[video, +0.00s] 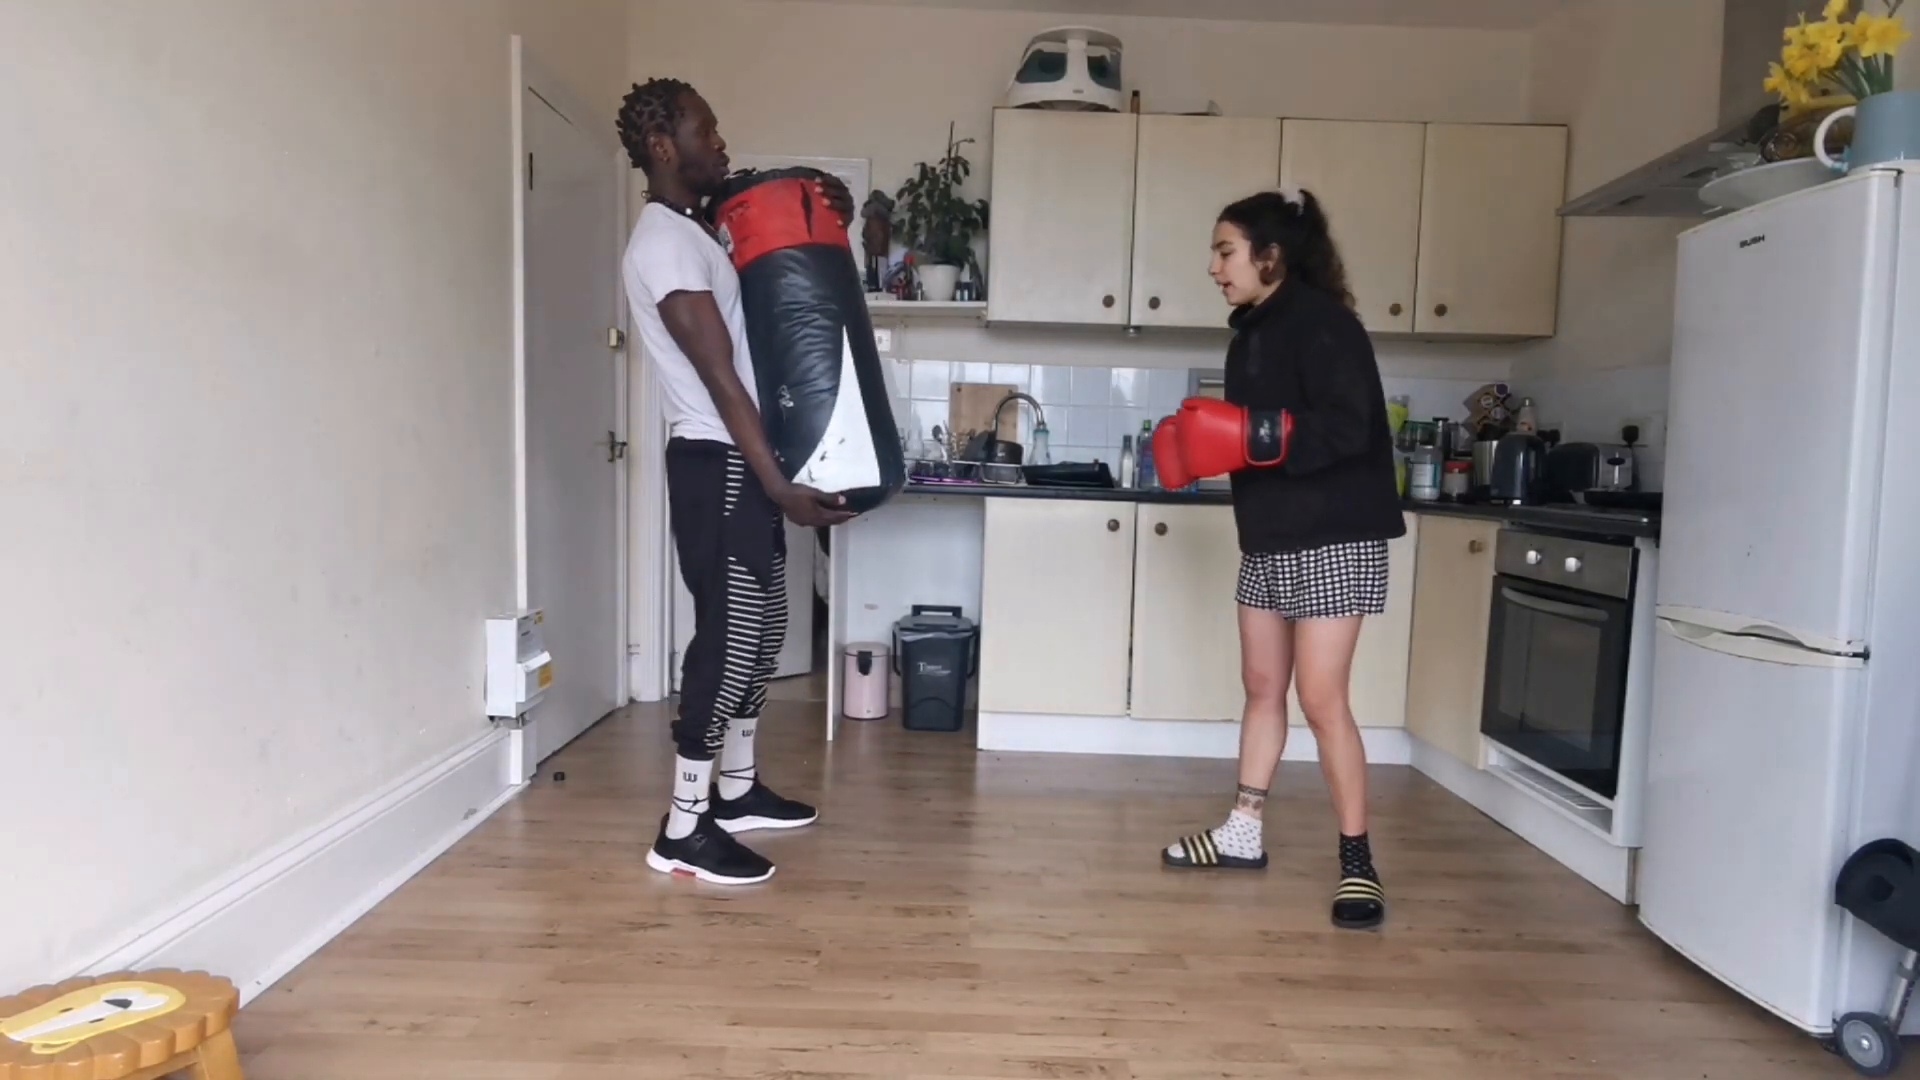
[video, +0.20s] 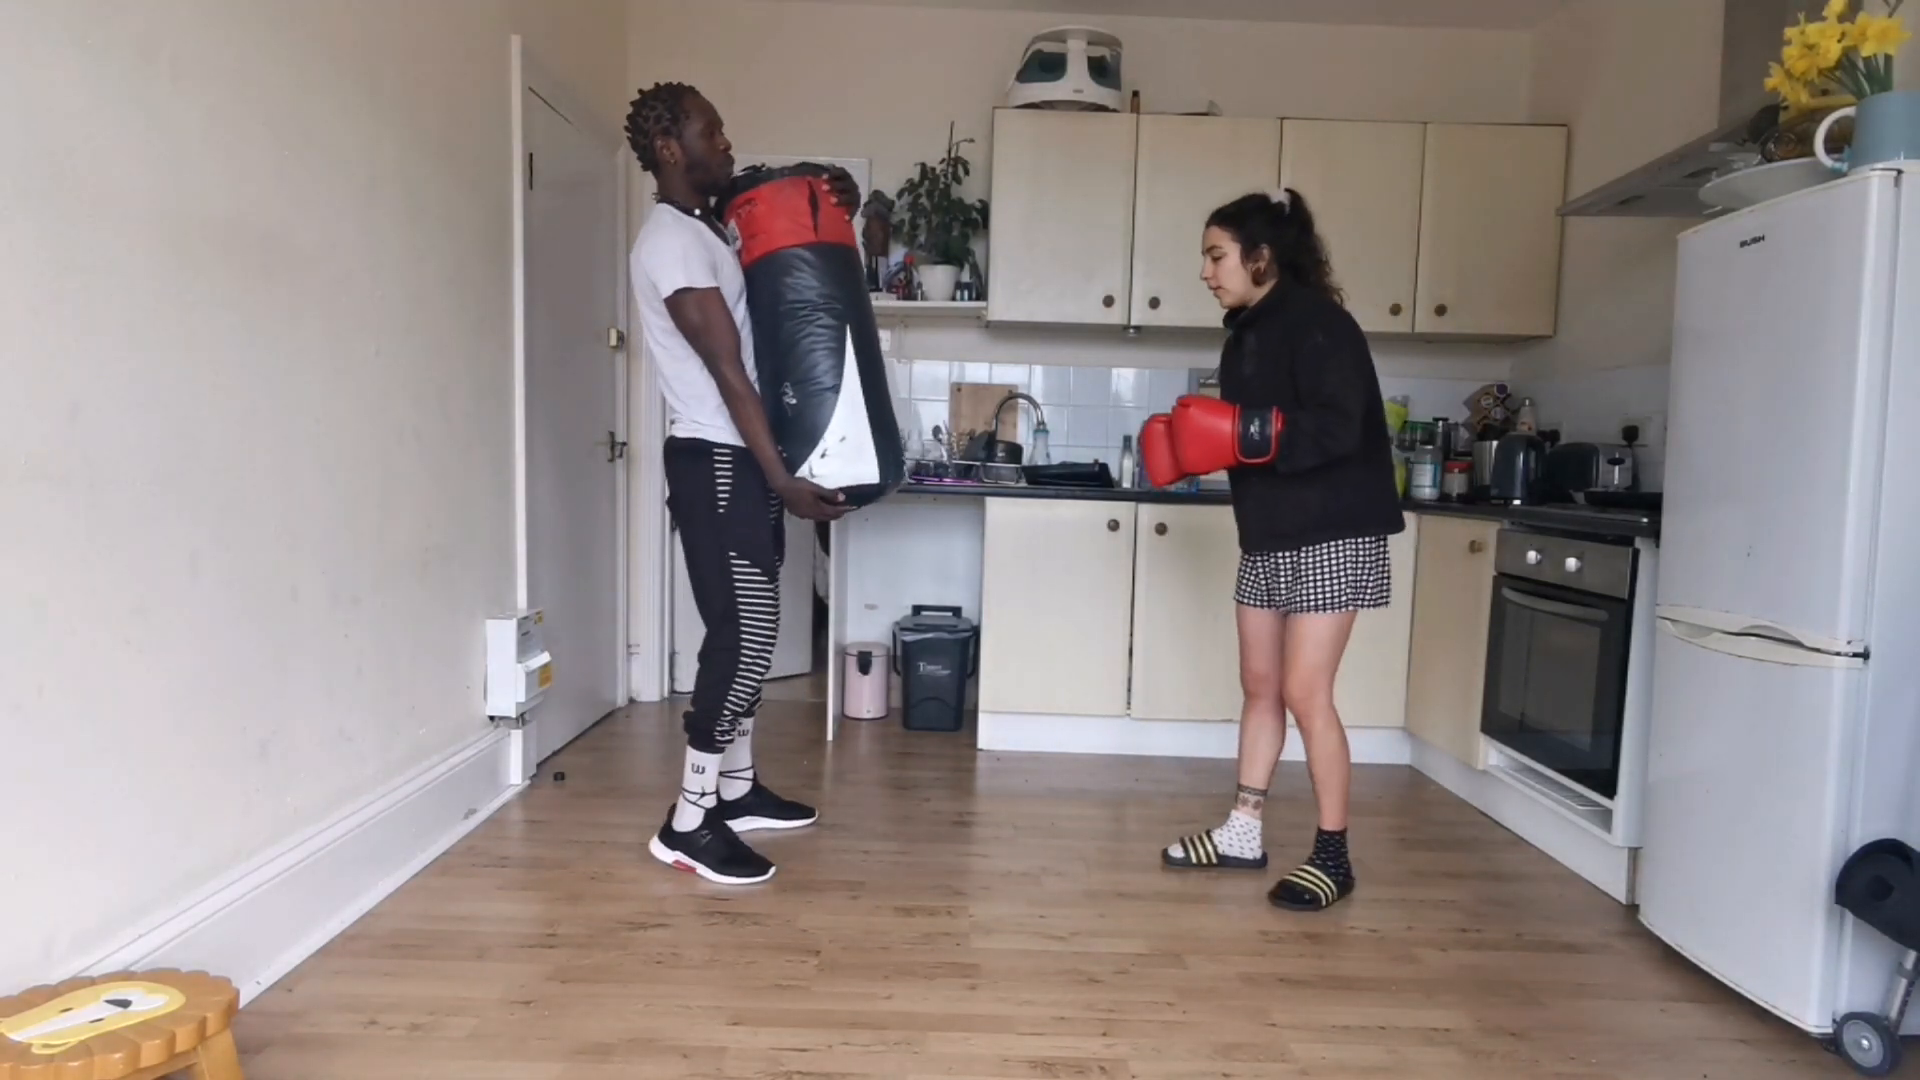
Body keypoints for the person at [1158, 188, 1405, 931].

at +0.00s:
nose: (1215, 267)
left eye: (1225, 253)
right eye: (1214, 253)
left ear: (1272, 255)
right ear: (1251, 257)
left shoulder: (1326, 322)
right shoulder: (1248, 337)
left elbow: (1354, 430)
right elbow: (1257, 436)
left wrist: (1256, 431)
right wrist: (1198, 448)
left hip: (1340, 532)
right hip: (1270, 533)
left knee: (1321, 698)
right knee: (1263, 686)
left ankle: (1356, 859)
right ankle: (1243, 830)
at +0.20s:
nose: (1206, 271)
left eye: (1217, 256)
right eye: (1205, 256)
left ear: (1262, 258)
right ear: (1245, 259)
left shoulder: (1321, 325)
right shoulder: (1242, 336)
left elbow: (1343, 430)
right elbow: (1243, 428)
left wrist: (1247, 432)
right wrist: (1192, 448)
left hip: (1336, 530)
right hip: (1269, 530)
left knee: (1307, 693)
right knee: (1261, 685)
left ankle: (1331, 856)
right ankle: (1241, 832)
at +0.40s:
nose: (1221, 264)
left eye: (1232, 250)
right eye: (1220, 251)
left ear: (1278, 250)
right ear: (1263, 254)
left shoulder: (1333, 321)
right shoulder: (1256, 332)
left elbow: (1351, 431)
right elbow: (1261, 427)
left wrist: (1255, 432)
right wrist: (1201, 440)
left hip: (1337, 531)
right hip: (1270, 530)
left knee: (1315, 692)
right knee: (1258, 683)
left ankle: (1325, 858)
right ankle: (1242, 831)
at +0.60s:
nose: (1236, 260)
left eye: (1247, 245)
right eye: (1237, 246)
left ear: (1292, 250)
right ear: (1281, 252)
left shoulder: (1341, 320)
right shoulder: (1271, 328)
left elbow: (1355, 436)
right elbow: (1281, 427)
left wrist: (1256, 429)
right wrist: (1220, 430)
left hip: (1343, 533)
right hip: (1277, 527)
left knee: (1330, 694)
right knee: (1223, 666)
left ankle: (1327, 857)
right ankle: (1236, 826)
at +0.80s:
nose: (1232, 256)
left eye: (1244, 243)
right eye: (1233, 243)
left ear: (1289, 250)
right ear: (1269, 251)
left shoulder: (1333, 324)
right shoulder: (1263, 328)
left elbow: (1344, 435)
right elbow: (1271, 423)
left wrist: (1248, 428)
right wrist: (1215, 427)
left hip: (1335, 534)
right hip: (1268, 530)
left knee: (1328, 692)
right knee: (1211, 669)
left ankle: (1328, 857)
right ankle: (1188, 816)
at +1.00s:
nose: (1202, 258)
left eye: (1215, 245)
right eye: (1204, 244)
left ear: (1257, 255)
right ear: (1237, 256)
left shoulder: (1301, 326)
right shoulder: (1230, 331)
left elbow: (1321, 435)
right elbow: (1235, 424)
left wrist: (1226, 430)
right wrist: (1181, 429)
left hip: (1306, 531)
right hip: (1239, 528)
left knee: (1309, 692)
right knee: (1213, 677)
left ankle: (1325, 857)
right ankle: (1180, 818)